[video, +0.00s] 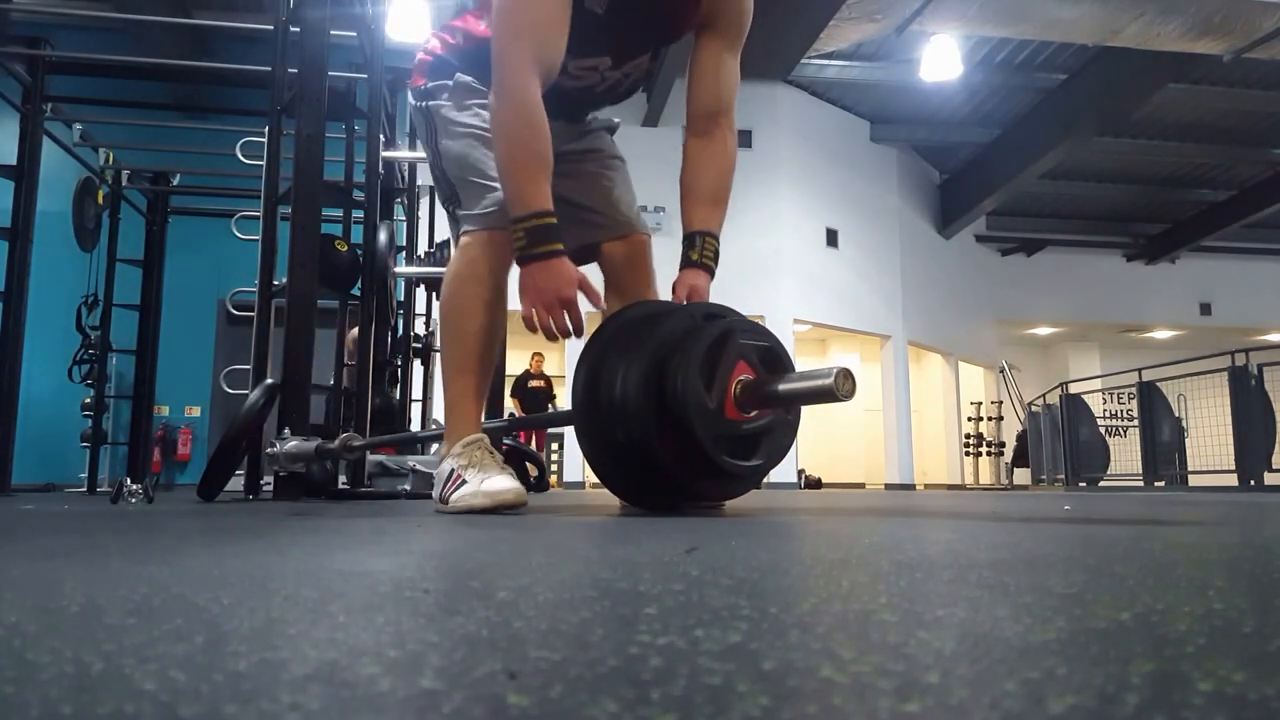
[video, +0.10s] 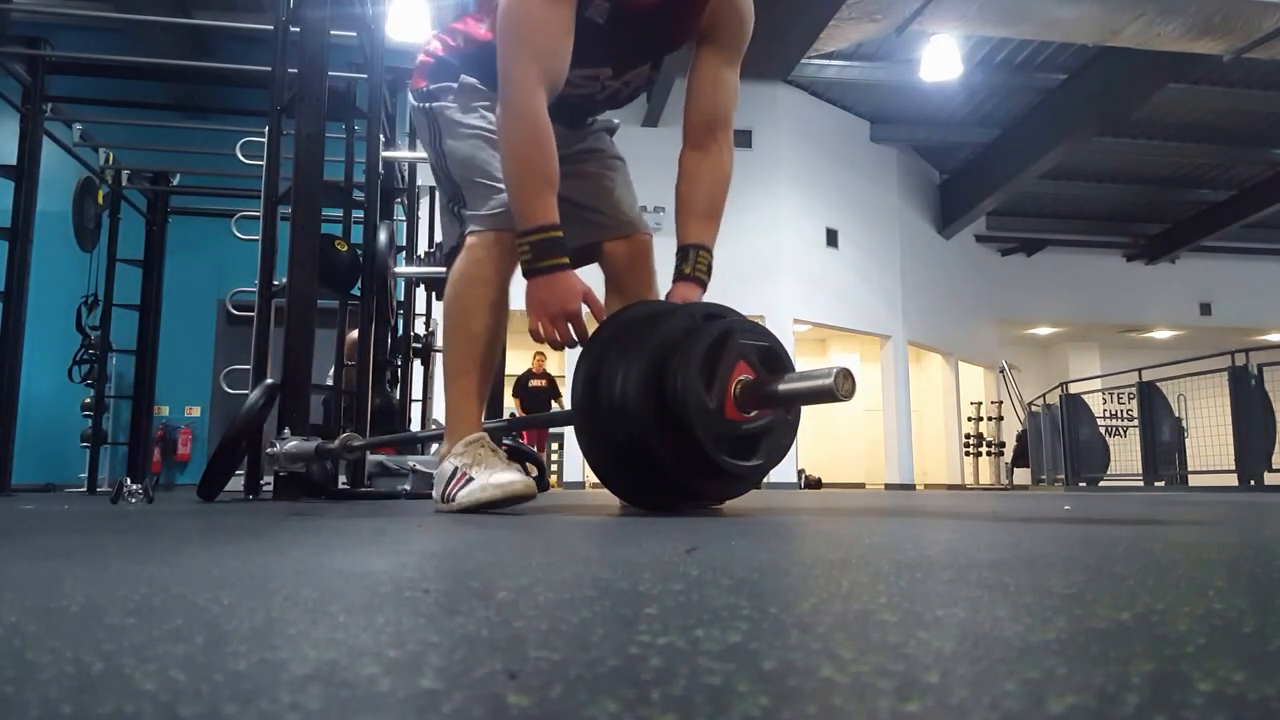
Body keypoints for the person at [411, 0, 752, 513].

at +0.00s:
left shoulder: (726, 3)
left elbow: (711, 124)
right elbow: (517, 83)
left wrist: (699, 259)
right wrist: (539, 248)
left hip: (574, 107)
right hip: (470, 76)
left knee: (629, 243)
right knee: (494, 224)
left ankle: (651, 460)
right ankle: (463, 450)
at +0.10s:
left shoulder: (727, 6)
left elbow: (708, 139)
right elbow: (524, 90)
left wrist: (692, 275)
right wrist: (546, 261)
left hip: (575, 109)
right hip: (471, 76)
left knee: (630, 243)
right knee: (499, 225)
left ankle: (648, 459)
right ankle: (463, 448)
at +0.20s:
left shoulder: (730, 11)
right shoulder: (551, 2)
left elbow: (705, 147)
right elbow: (528, 107)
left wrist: (683, 283)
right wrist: (553, 274)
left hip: (574, 110)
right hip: (471, 80)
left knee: (641, 241)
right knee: (499, 219)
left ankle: (649, 460)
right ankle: (465, 451)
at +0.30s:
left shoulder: (733, 19)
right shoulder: (560, 3)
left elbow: (702, 159)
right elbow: (535, 125)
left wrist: (671, 295)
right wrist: (559, 294)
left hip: (578, 116)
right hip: (472, 85)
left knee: (654, 242)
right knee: (490, 207)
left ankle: (652, 460)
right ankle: (462, 451)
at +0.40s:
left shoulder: (734, 42)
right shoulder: (565, 5)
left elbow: (695, 183)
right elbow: (539, 156)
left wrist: (661, 321)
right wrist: (567, 321)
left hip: (584, 126)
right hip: (476, 93)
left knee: (657, 243)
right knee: (491, 203)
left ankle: (652, 458)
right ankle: (462, 449)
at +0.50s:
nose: (733, 24)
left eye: (750, 12)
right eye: (725, 3)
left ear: (759, 9)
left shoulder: (733, 69)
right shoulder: (566, 15)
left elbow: (690, 210)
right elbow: (543, 182)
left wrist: (650, 349)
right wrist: (575, 346)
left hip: (580, 131)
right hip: (473, 102)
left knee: (664, 237)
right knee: (490, 200)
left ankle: (654, 454)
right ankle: (462, 450)